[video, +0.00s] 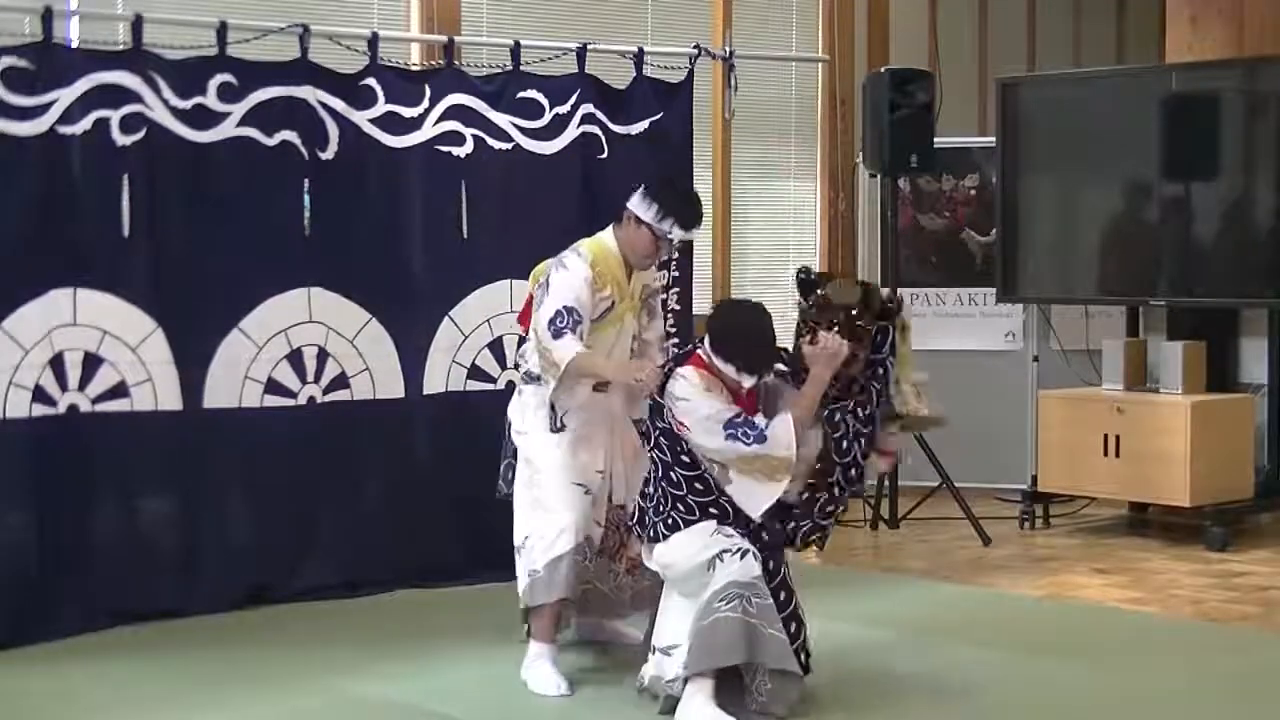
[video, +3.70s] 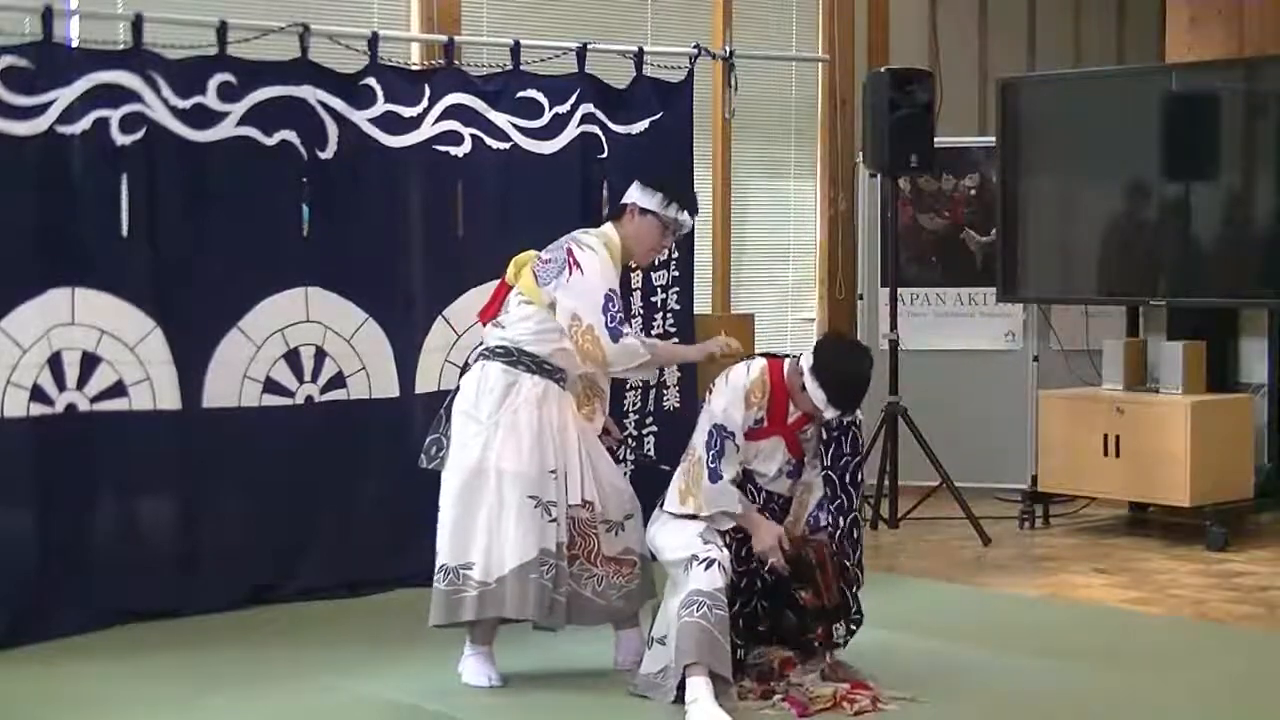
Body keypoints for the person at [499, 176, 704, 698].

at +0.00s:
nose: (666, 252)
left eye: (671, 243)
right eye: (661, 239)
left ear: (655, 234)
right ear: (632, 222)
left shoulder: (649, 277)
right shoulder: (577, 270)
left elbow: (651, 348)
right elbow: (560, 350)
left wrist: (651, 376)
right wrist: (624, 369)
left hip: (613, 412)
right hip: (556, 415)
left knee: (617, 513)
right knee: (561, 524)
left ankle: (596, 614)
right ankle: (540, 652)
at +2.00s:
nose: (682, 254)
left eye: (688, 246)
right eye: (684, 241)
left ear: (659, 222)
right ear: (658, 220)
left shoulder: (608, 258)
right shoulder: (600, 258)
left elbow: (581, 352)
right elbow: (622, 355)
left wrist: (598, 411)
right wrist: (695, 379)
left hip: (546, 396)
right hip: (512, 391)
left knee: (615, 509)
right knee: (506, 515)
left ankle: (631, 647)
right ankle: (478, 650)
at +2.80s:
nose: (651, 285)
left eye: (656, 277)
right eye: (652, 273)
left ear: (621, 252)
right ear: (631, 253)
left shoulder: (566, 276)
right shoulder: (592, 283)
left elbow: (546, 377)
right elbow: (651, 363)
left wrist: (586, 436)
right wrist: (703, 400)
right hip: (499, 403)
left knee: (604, 510)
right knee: (488, 525)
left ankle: (628, 642)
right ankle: (479, 650)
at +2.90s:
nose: (646, 290)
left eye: (651, 283)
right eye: (648, 277)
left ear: (621, 255)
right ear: (629, 256)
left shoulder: (559, 273)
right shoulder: (593, 283)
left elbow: (547, 380)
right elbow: (643, 341)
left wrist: (579, 433)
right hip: (501, 406)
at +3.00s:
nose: (644, 290)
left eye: (649, 282)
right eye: (646, 276)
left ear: (619, 255)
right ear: (627, 255)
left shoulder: (559, 274)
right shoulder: (594, 280)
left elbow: (543, 384)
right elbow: (656, 349)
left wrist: (581, 443)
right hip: (492, 403)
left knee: (593, 512)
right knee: (487, 526)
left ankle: (627, 643)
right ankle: (478, 653)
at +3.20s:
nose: (640, 280)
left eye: (646, 271)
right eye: (643, 266)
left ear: (613, 243)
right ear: (622, 245)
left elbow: (542, 370)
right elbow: (634, 353)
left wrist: (577, 432)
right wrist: (654, 408)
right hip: (498, 399)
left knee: (594, 510)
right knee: (488, 522)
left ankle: (627, 642)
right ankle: (478, 652)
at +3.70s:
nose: (666, 248)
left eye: (672, 239)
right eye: (664, 233)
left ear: (636, 219)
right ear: (633, 214)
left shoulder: (603, 261)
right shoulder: (588, 256)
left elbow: (577, 353)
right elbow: (606, 349)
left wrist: (595, 411)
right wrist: (697, 352)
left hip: (551, 399)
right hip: (506, 389)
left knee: (616, 508)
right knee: (498, 516)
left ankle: (630, 645)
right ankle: (478, 650)